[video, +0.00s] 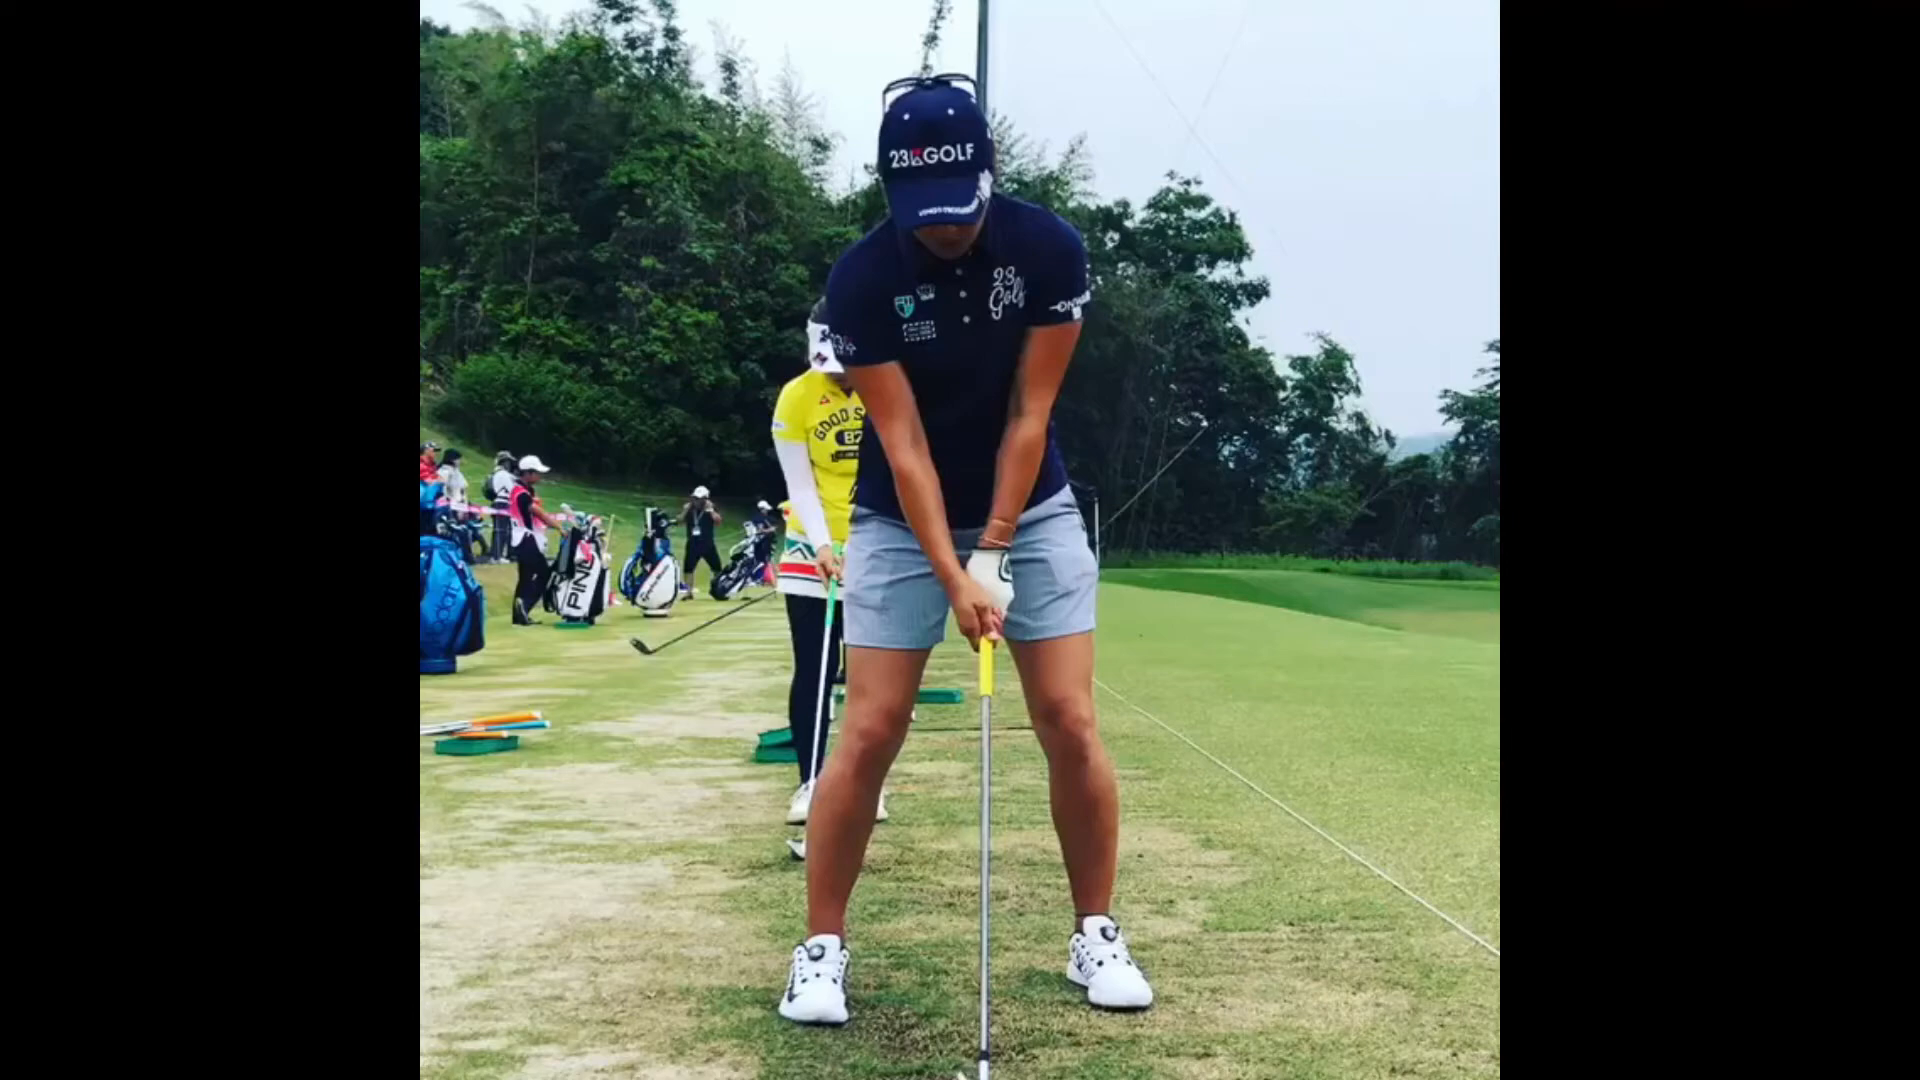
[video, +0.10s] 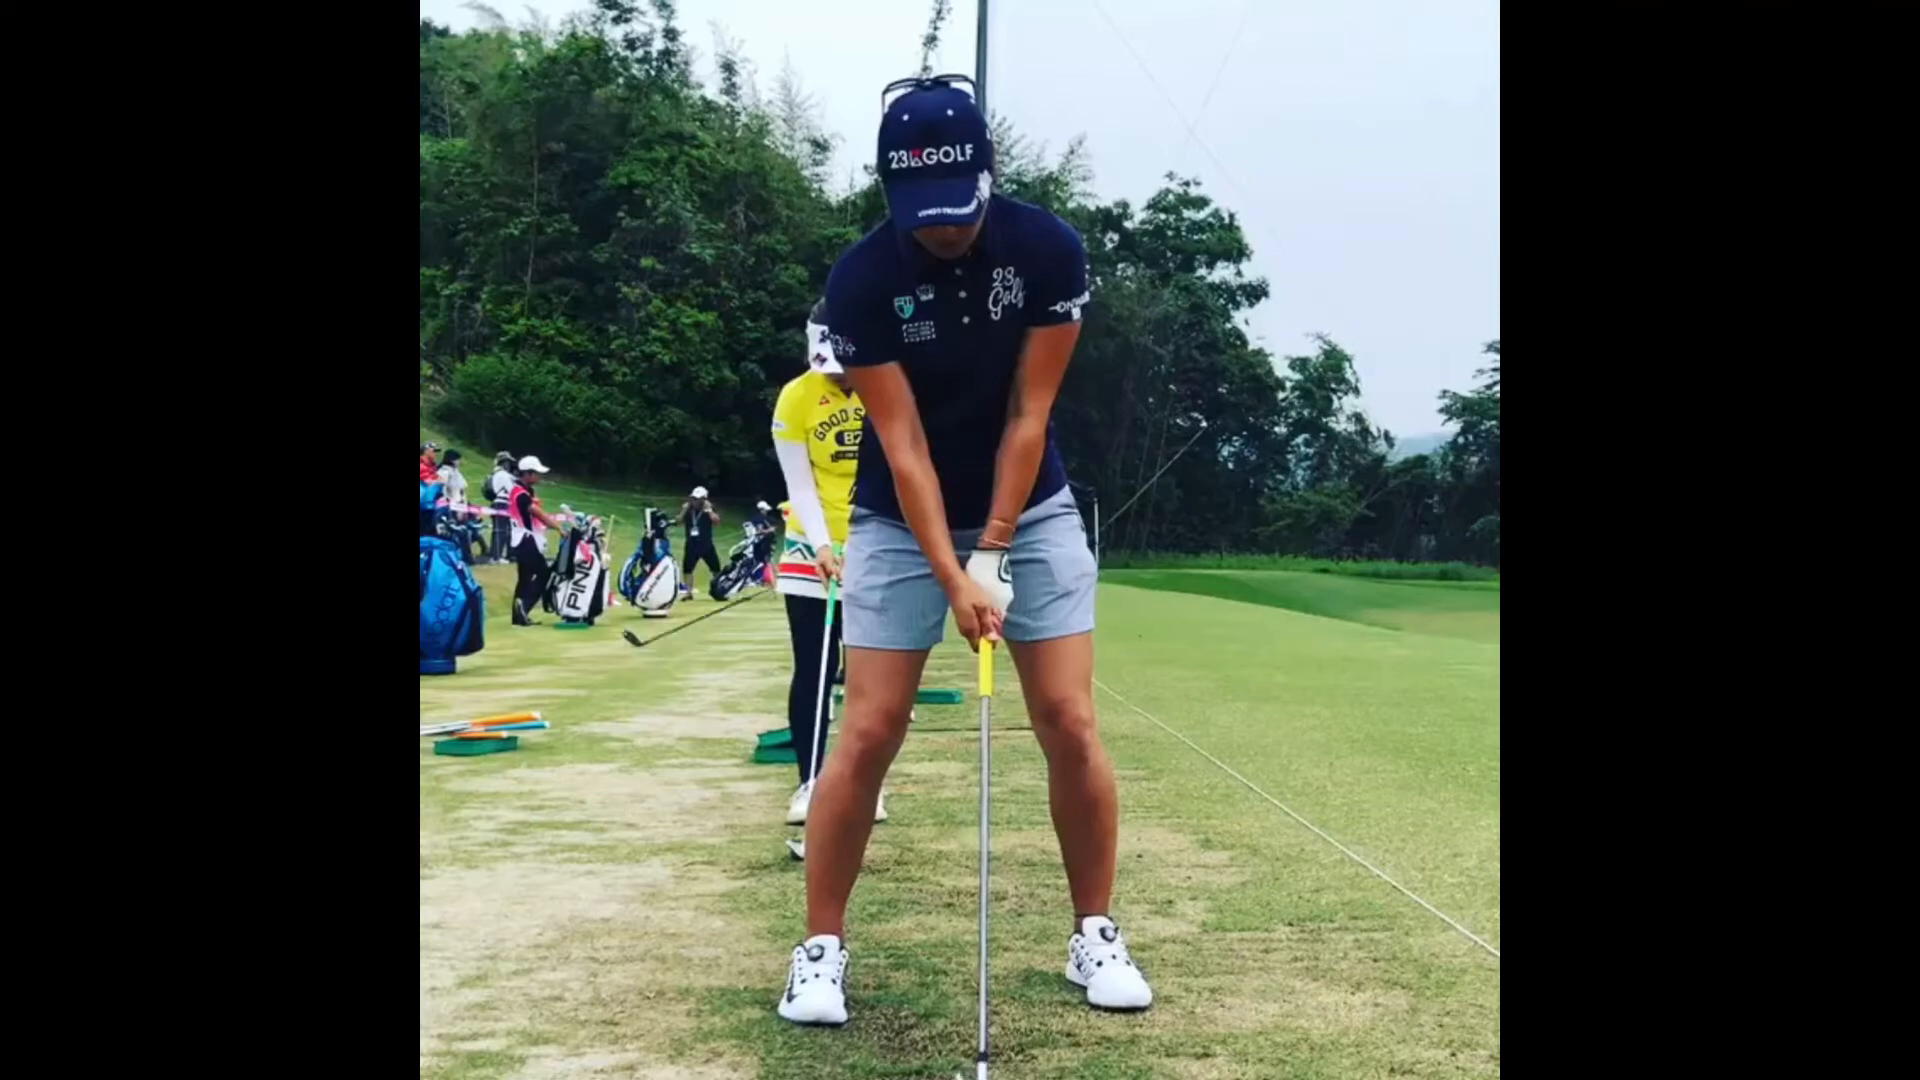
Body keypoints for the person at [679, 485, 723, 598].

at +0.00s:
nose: (698, 501)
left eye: (701, 499)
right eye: (696, 498)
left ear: (705, 499)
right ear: (693, 498)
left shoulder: (709, 509)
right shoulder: (689, 508)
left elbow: (718, 520)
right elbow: (680, 520)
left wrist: (711, 512)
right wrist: (686, 510)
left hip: (707, 543)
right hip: (692, 543)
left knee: (716, 568)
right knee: (688, 569)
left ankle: (718, 589)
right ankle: (688, 592)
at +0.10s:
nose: (697, 502)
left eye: (699, 499)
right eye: (695, 499)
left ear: (704, 500)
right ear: (691, 499)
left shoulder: (707, 509)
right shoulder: (688, 508)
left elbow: (716, 520)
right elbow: (679, 520)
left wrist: (709, 511)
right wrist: (685, 509)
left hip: (705, 543)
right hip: (691, 544)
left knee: (715, 568)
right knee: (687, 569)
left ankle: (718, 589)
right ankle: (688, 592)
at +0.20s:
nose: (690, 502)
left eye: (693, 500)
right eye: (688, 499)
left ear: (698, 501)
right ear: (685, 499)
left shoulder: (700, 512)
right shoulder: (682, 512)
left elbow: (710, 521)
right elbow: (675, 521)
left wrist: (702, 512)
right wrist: (680, 507)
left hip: (700, 544)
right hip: (686, 545)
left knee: (710, 569)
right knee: (683, 570)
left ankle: (715, 590)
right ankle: (685, 594)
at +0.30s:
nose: (683, 502)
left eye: (686, 499)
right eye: (682, 499)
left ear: (691, 500)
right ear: (679, 499)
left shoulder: (695, 511)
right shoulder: (677, 511)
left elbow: (702, 521)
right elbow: (669, 518)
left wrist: (693, 510)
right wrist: (674, 505)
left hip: (693, 543)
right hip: (680, 543)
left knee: (699, 568)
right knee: (679, 570)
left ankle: (701, 592)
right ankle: (682, 594)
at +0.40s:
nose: (676, 502)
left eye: (679, 499)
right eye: (674, 499)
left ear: (684, 500)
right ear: (671, 499)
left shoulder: (688, 511)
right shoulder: (671, 511)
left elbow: (695, 521)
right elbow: (661, 519)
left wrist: (687, 510)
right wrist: (668, 506)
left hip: (688, 542)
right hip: (675, 541)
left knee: (688, 569)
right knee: (675, 570)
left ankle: (687, 594)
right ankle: (678, 594)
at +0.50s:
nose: (671, 502)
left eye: (674, 499)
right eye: (669, 499)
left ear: (679, 501)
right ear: (666, 500)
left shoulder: (682, 514)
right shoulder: (665, 513)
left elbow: (689, 521)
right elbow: (655, 519)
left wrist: (683, 513)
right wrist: (661, 508)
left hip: (681, 542)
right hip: (669, 542)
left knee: (678, 569)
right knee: (669, 569)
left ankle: (677, 594)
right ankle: (672, 592)